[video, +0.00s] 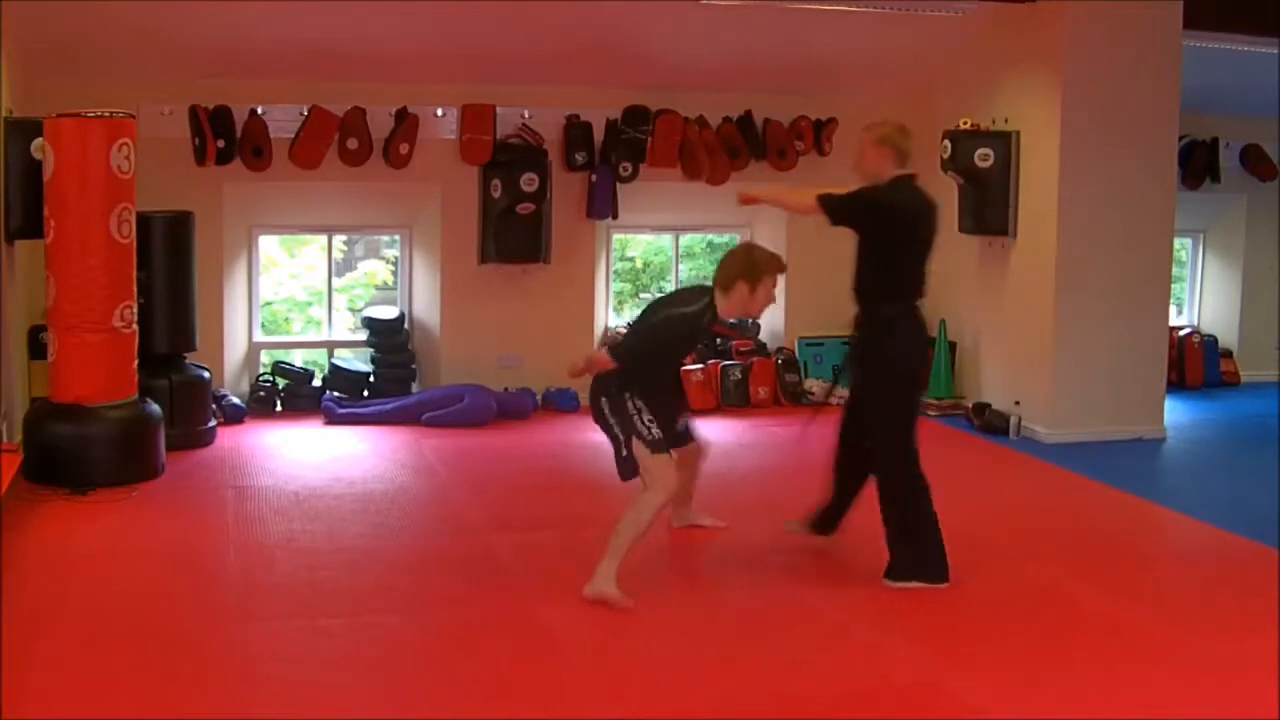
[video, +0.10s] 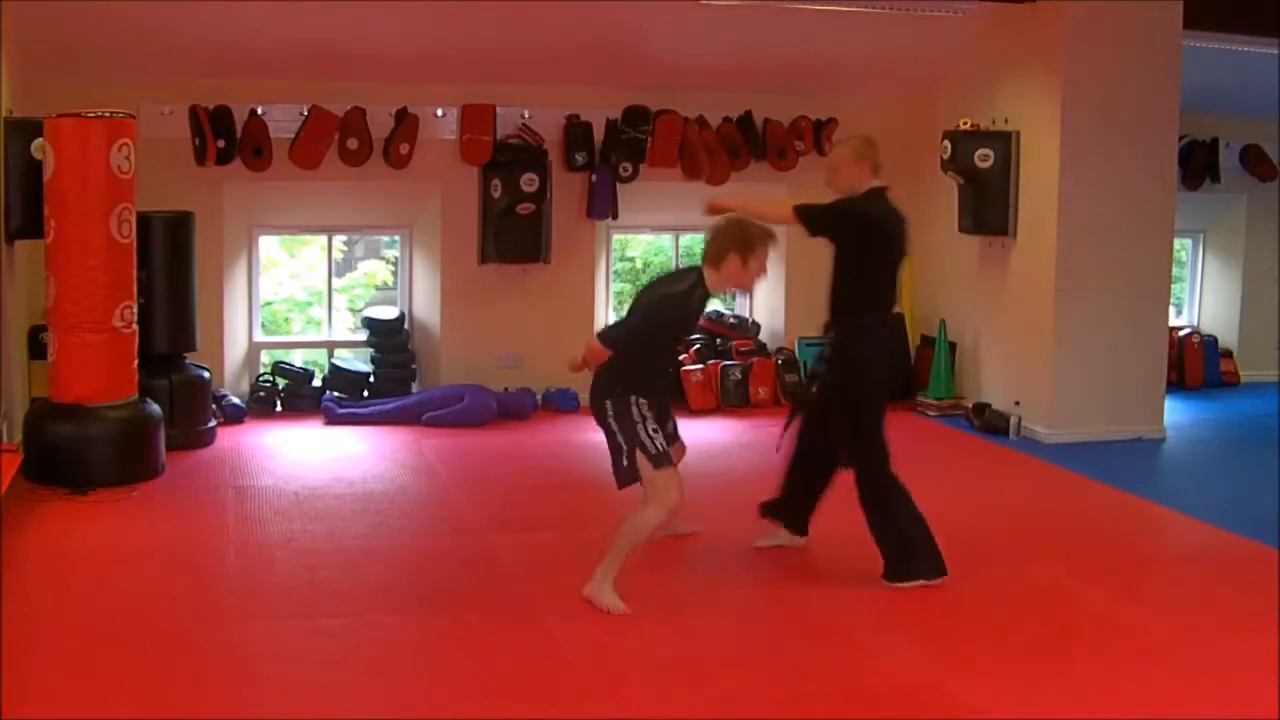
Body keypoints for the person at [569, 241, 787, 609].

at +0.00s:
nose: (774, 297)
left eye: (774, 288)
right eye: (770, 287)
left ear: (739, 285)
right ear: (743, 286)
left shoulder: (704, 302)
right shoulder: (681, 321)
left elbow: (653, 328)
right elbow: (617, 355)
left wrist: (617, 348)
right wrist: (587, 365)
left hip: (653, 382)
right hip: (619, 388)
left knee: (690, 452)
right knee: (662, 481)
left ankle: (683, 512)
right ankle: (603, 578)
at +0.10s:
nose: (761, 273)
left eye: (763, 265)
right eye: (758, 264)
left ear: (728, 257)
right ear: (732, 258)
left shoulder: (695, 289)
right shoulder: (675, 297)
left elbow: (643, 331)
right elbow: (607, 343)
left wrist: (600, 353)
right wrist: (583, 362)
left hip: (647, 385)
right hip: (621, 390)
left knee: (674, 452)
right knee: (665, 496)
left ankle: (663, 522)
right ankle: (601, 581)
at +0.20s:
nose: (756, 233)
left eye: (759, 223)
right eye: (754, 222)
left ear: (725, 216)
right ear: (730, 217)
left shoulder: (690, 251)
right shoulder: (678, 265)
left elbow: (638, 311)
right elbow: (620, 328)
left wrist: (598, 343)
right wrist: (589, 350)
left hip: (654, 368)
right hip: (629, 376)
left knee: (679, 447)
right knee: (661, 494)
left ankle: (636, 540)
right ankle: (600, 578)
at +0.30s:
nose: (751, 191)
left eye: (753, 180)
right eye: (749, 179)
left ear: (715, 175)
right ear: (725, 175)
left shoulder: (682, 212)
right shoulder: (684, 221)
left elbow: (626, 283)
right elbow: (630, 292)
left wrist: (604, 323)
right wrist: (601, 327)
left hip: (643, 353)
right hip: (644, 357)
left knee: (654, 473)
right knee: (679, 477)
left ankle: (614, 559)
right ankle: (600, 561)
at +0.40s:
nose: (748, 173)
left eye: (749, 163)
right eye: (747, 162)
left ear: (705, 156)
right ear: (727, 158)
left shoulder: (669, 198)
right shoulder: (691, 206)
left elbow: (621, 271)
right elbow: (641, 279)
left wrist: (617, 320)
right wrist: (618, 323)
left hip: (640, 354)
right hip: (664, 356)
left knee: (656, 470)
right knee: (705, 477)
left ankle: (604, 577)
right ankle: (635, 587)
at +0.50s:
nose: (748, 185)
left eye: (747, 174)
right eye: (746, 174)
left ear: (698, 170)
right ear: (727, 172)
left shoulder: (670, 218)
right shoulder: (700, 224)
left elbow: (618, 288)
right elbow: (659, 302)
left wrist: (614, 344)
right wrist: (635, 348)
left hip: (642, 378)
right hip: (681, 378)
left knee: (640, 500)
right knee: (725, 503)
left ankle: (594, 616)